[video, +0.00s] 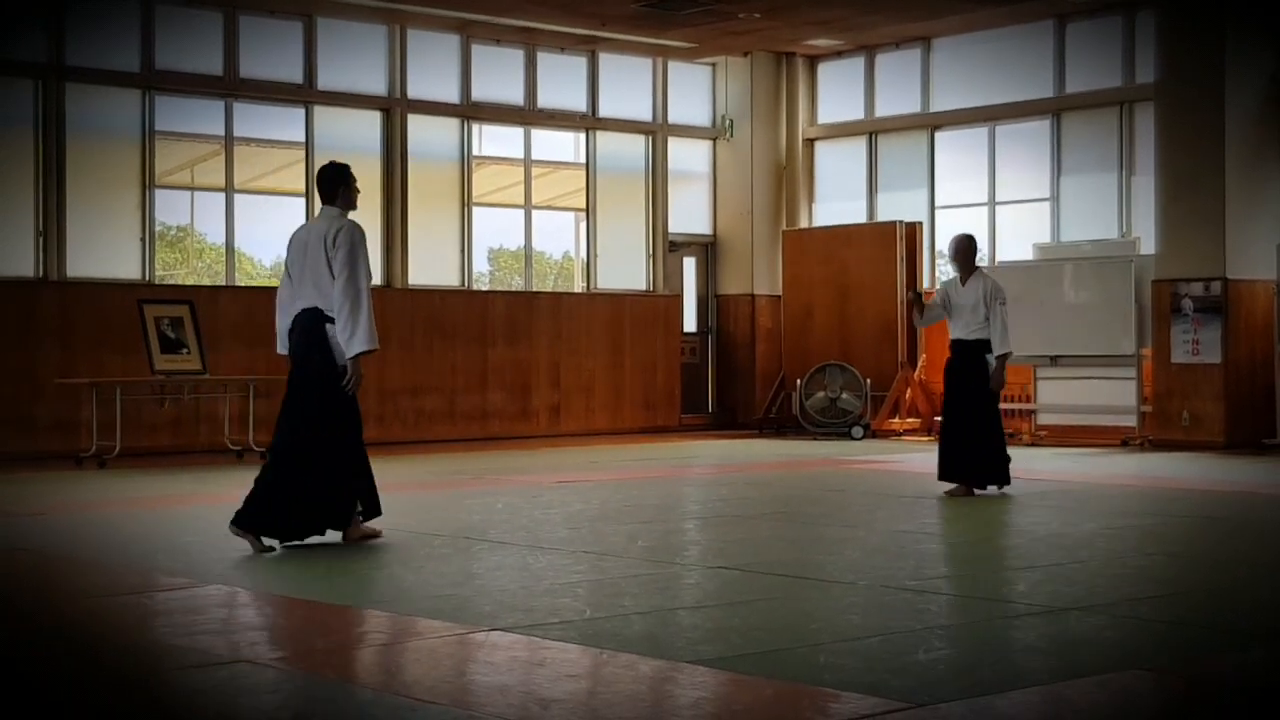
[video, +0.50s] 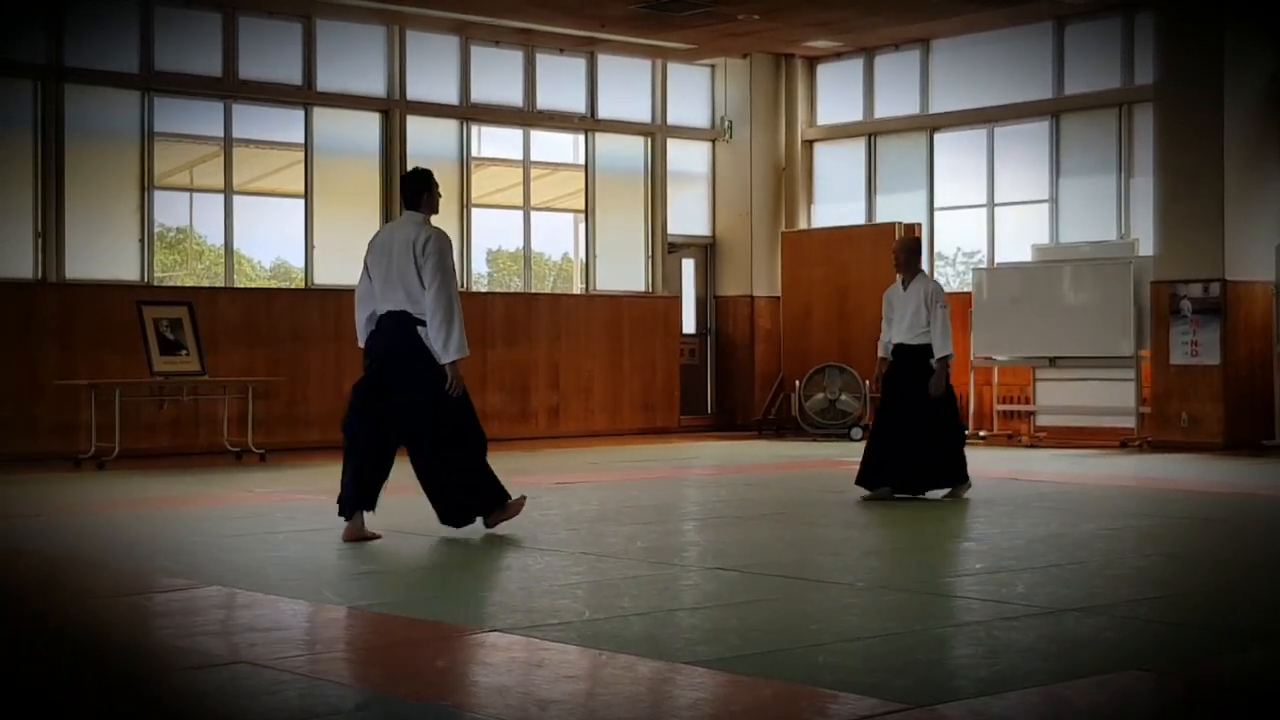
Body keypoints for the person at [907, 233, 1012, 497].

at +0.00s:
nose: (951, 256)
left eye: (956, 251)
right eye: (950, 251)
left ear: (970, 253)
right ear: (952, 255)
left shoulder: (989, 286)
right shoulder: (949, 289)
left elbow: (999, 328)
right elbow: (923, 319)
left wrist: (1000, 367)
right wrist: (916, 304)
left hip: (981, 357)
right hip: (957, 356)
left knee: (979, 418)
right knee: (958, 418)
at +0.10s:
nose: (943, 255)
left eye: (947, 250)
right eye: (942, 251)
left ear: (961, 252)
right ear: (943, 254)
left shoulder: (980, 285)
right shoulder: (941, 285)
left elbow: (990, 328)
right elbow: (930, 312)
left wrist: (989, 367)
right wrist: (914, 325)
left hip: (972, 356)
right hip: (948, 355)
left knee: (969, 418)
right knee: (949, 416)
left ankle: (968, 482)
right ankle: (961, 480)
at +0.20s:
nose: (933, 254)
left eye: (938, 249)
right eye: (931, 249)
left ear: (953, 251)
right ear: (931, 251)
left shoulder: (970, 285)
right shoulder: (929, 287)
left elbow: (979, 326)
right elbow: (920, 319)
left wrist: (976, 366)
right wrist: (907, 347)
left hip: (961, 354)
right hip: (935, 354)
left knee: (961, 418)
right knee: (932, 415)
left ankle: (964, 482)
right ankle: (940, 474)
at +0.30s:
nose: (920, 255)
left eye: (924, 250)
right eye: (919, 250)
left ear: (940, 252)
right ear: (923, 253)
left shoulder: (959, 286)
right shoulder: (916, 289)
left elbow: (968, 327)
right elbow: (911, 325)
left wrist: (966, 366)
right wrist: (903, 354)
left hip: (952, 357)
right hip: (924, 357)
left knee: (956, 421)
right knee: (915, 417)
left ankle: (962, 482)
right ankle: (913, 480)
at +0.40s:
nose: (906, 259)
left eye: (911, 254)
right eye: (906, 254)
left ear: (926, 256)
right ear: (912, 256)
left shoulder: (946, 287)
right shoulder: (905, 291)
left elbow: (955, 329)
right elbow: (900, 328)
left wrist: (954, 368)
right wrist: (894, 360)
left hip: (941, 359)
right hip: (913, 360)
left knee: (951, 421)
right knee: (898, 418)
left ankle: (960, 482)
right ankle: (888, 479)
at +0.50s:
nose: (895, 259)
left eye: (900, 254)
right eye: (894, 254)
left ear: (915, 257)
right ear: (895, 258)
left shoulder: (931, 289)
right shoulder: (890, 293)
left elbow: (941, 330)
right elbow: (886, 330)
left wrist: (941, 369)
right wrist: (881, 363)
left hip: (925, 359)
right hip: (898, 360)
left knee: (939, 421)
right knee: (890, 421)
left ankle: (959, 479)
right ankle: (884, 484)